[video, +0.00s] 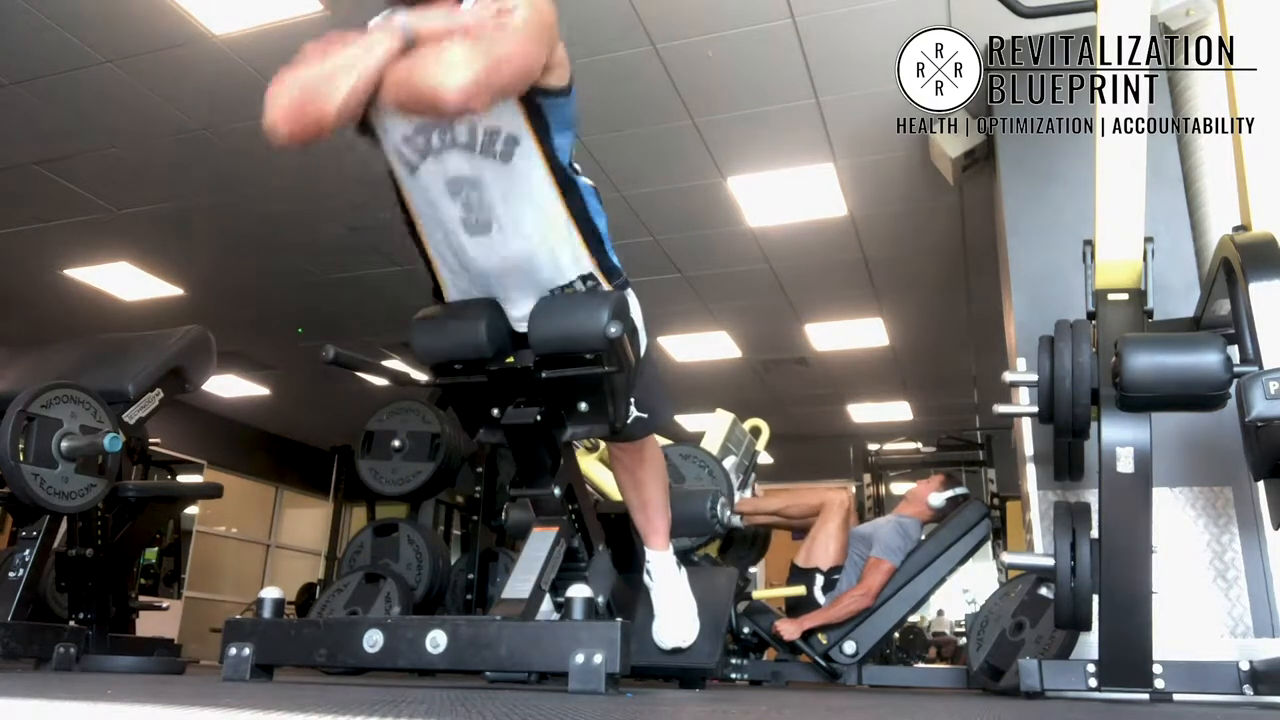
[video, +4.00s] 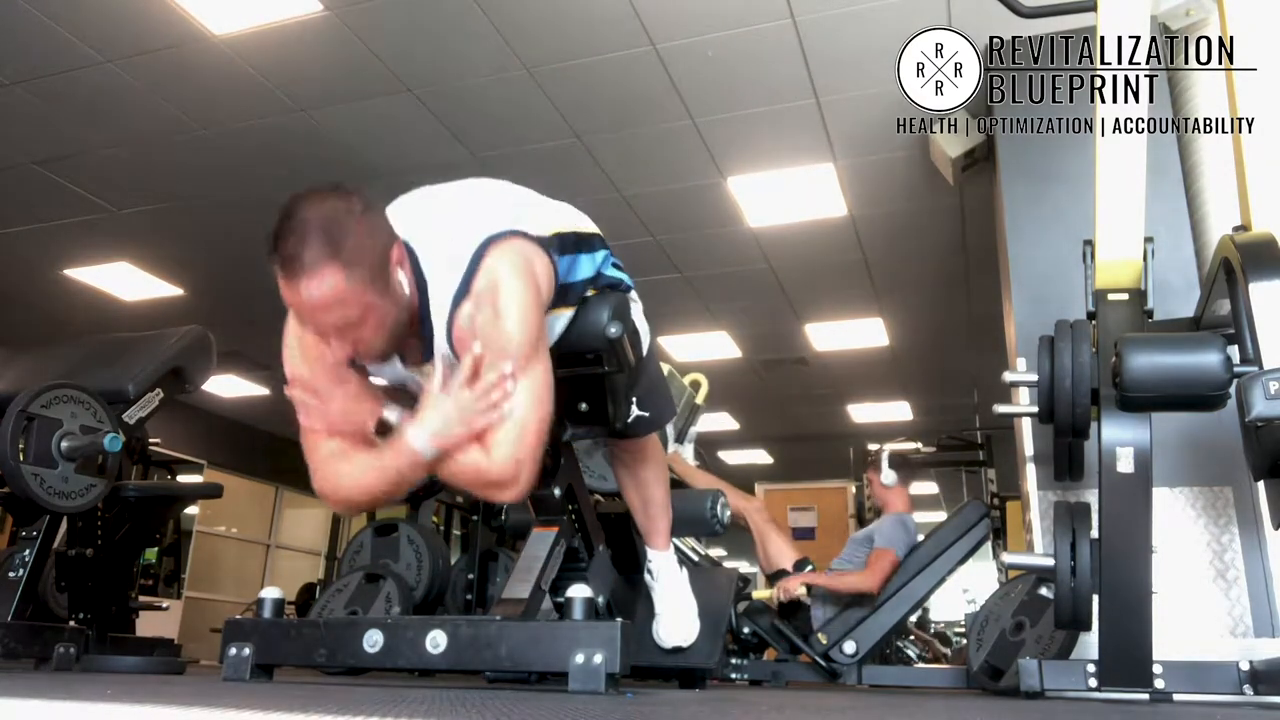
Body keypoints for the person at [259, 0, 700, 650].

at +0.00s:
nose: (435, 5)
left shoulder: (524, 14)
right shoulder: (363, 45)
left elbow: (458, 87)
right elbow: (283, 119)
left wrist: (359, 67)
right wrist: (397, 34)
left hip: (576, 286)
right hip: (478, 303)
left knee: (629, 425)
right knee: (520, 442)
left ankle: (661, 564)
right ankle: (549, 547)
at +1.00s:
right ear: (368, 2)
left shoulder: (514, 29)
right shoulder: (348, 59)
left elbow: (451, 123)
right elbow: (276, 155)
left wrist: (337, 87)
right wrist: (394, 58)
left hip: (575, 291)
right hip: (476, 309)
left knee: (628, 423)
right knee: (519, 441)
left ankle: (661, 564)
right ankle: (550, 537)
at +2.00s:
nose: (333, 284)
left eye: (347, 262)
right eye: (314, 266)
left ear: (395, 218)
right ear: (293, 242)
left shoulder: (497, 240)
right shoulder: (307, 273)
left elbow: (493, 435)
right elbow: (325, 450)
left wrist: (368, 377)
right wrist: (415, 384)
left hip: (574, 303)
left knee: (631, 422)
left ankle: (663, 562)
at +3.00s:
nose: (473, 4)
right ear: (445, 1)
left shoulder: (577, 13)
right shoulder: (418, 41)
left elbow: (485, 6)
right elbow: (344, 12)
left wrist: (420, 1)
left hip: (585, 273)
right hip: (480, 285)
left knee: (629, 428)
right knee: (514, 438)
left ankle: (660, 565)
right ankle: (544, 551)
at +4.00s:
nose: (337, 351)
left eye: (351, 327)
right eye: (319, 331)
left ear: (399, 271)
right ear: (297, 302)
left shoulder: (500, 275)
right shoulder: (312, 315)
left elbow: (507, 475)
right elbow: (336, 484)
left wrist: (377, 419)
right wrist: (422, 440)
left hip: (578, 295)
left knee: (632, 422)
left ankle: (662, 563)